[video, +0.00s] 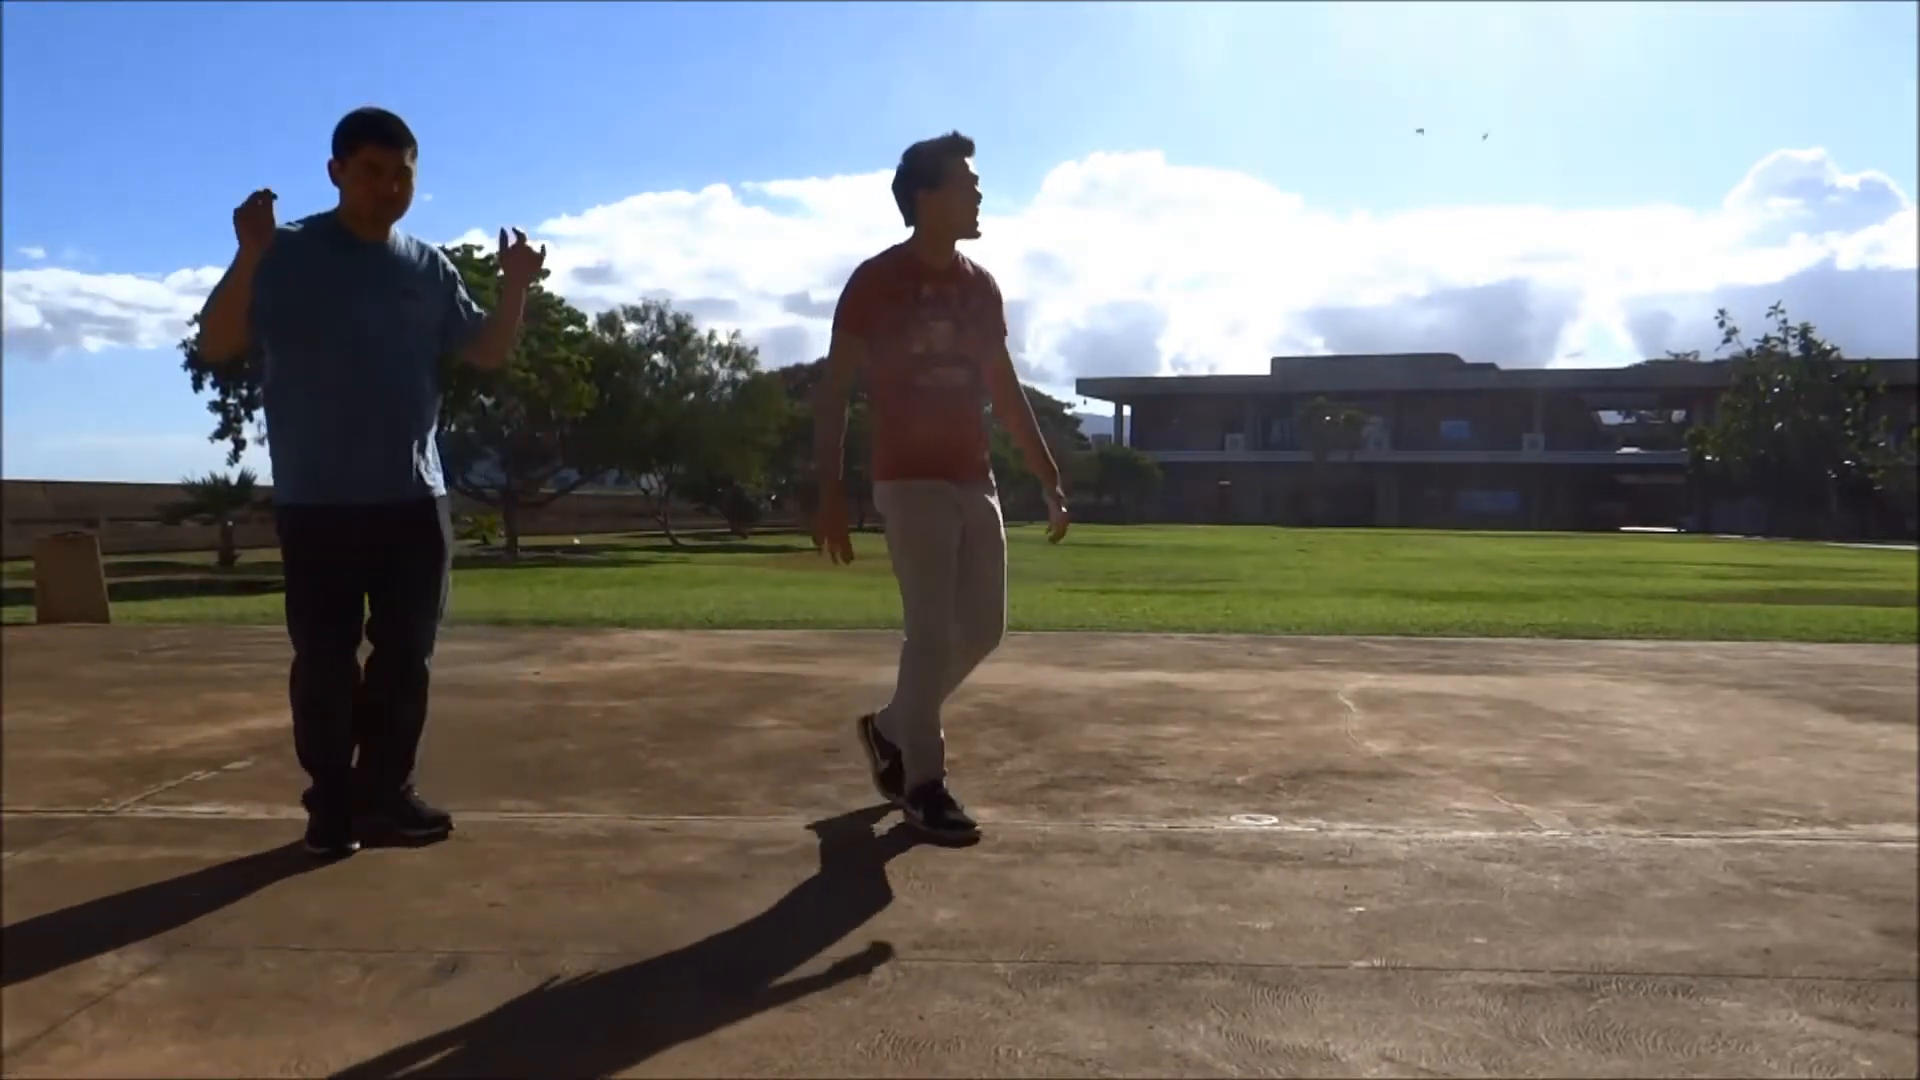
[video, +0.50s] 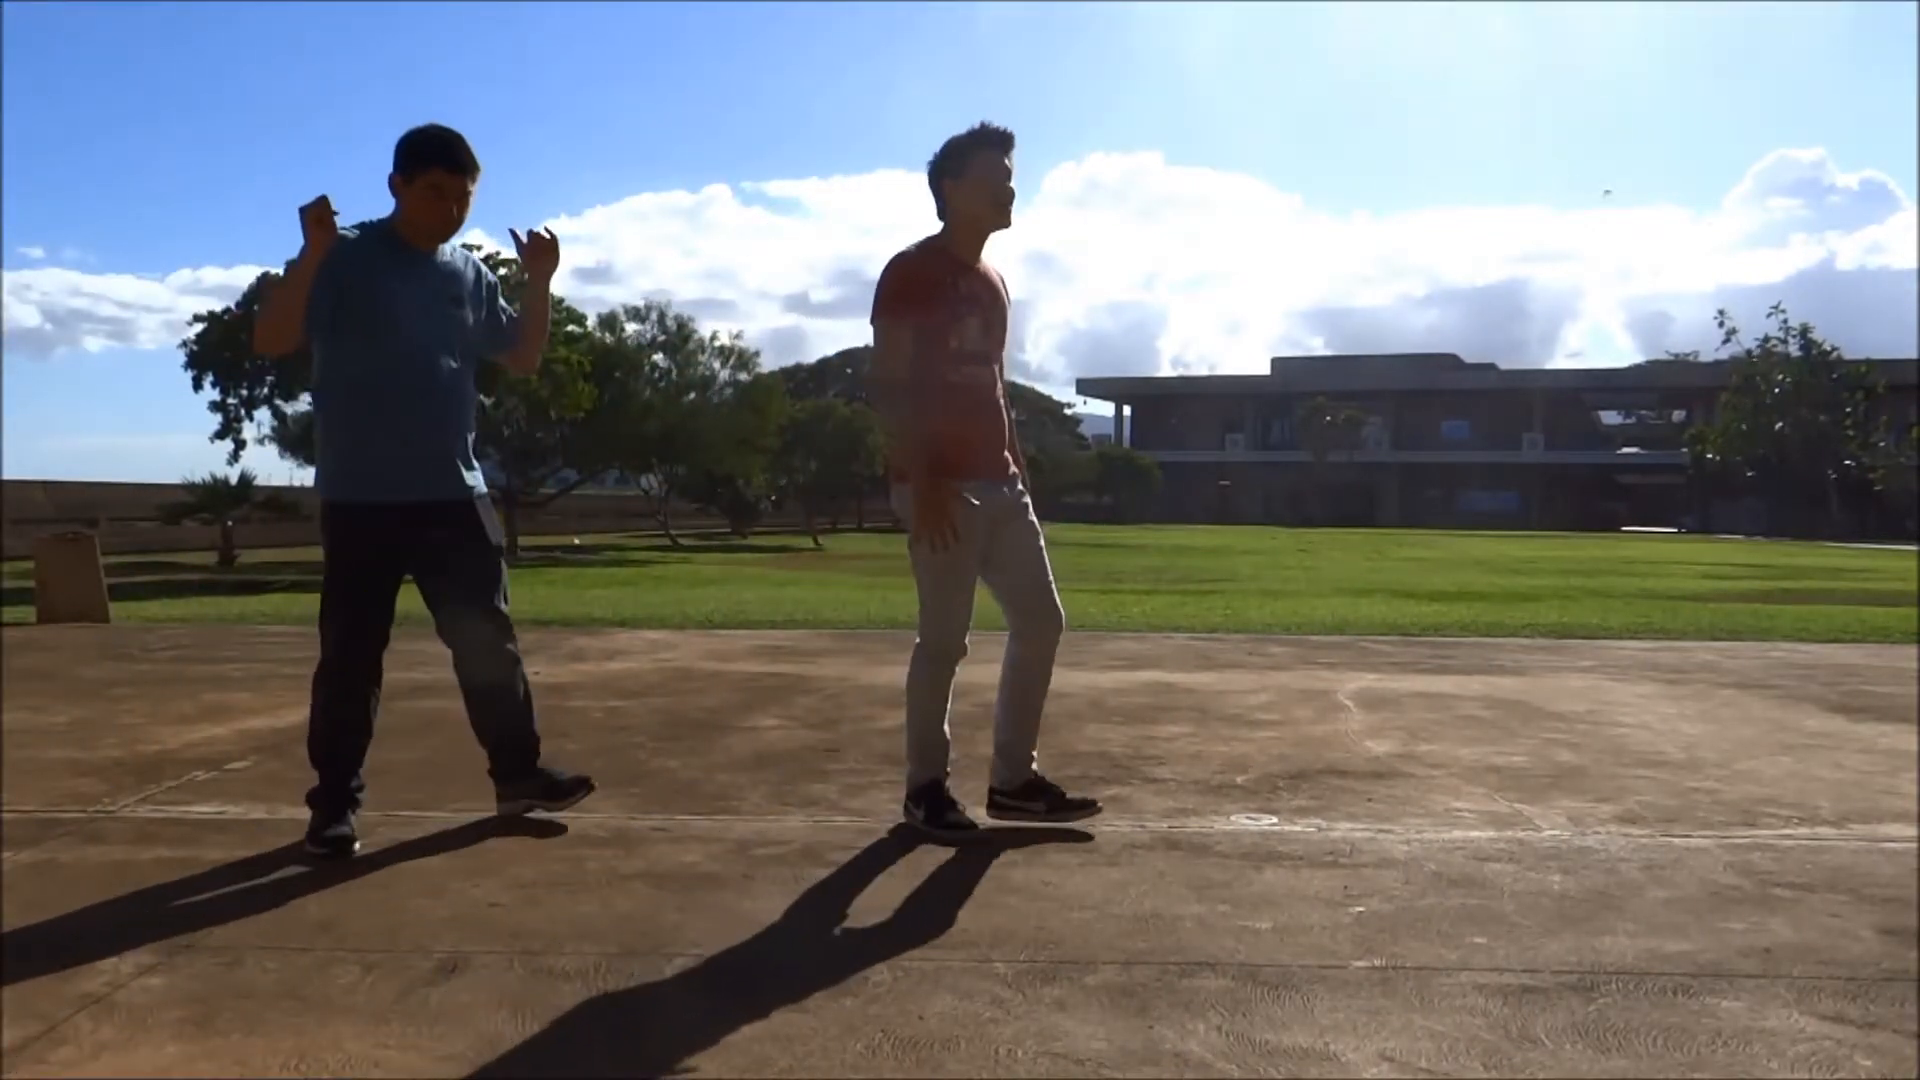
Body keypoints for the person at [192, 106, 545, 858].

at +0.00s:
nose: (393, 180)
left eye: (403, 169)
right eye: (377, 166)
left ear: (414, 179)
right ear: (339, 171)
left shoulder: (427, 266)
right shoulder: (287, 256)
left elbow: (485, 353)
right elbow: (217, 345)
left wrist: (516, 288)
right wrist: (249, 251)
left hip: (411, 487)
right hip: (315, 492)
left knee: (406, 652)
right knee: (324, 655)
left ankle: (385, 797)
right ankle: (330, 806)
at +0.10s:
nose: (402, 189)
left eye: (410, 177)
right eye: (386, 174)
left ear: (418, 183)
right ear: (345, 173)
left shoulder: (427, 265)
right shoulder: (290, 255)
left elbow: (488, 350)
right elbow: (222, 340)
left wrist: (512, 277)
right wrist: (255, 246)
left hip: (413, 488)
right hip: (319, 493)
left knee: (414, 652)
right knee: (327, 657)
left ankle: (389, 795)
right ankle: (330, 807)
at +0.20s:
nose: (411, 193)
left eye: (419, 181)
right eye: (396, 178)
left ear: (427, 185)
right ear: (353, 176)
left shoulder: (428, 264)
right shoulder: (296, 254)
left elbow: (489, 350)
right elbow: (228, 339)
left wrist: (512, 273)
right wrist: (265, 246)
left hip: (419, 484)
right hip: (326, 489)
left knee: (436, 640)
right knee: (332, 655)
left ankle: (411, 780)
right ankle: (331, 805)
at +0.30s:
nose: (421, 197)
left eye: (430, 185)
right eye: (407, 182)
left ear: (437, 188)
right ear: (365, 178)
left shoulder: (435, 266)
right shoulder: (308, 255)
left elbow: (493, 349)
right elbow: (238, 336)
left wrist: (513, 274)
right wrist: (280, 247)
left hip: (425, 482)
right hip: (333, 488)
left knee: (453, 637)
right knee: (336, 654)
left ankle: (449, 779)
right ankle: (331, 803)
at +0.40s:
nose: (436, 203)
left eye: (445, 190)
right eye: (423, 186)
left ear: (453, 193)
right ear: (381, 181)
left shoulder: (448, 271)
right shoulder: (322, 257)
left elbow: (504, 350)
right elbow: (250, 335)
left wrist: (525, 277)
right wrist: (296, 249)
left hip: (434, 486)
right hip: (343, 491)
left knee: (470, 636)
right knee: (341, 655)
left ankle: (495, 779)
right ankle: (333, 805)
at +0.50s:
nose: (454, 209)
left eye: (462, 196)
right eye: (440, 193)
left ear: (470, 200)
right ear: (401, 187)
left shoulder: (468, 273)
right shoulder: (341, 259)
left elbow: (521, 354)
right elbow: (270, 340)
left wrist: (538, 283)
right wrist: (311, 254)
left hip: (449, 490)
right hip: (360, 493)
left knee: (487, 636)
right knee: (349, 655)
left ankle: (518, 776)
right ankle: (333, 804)